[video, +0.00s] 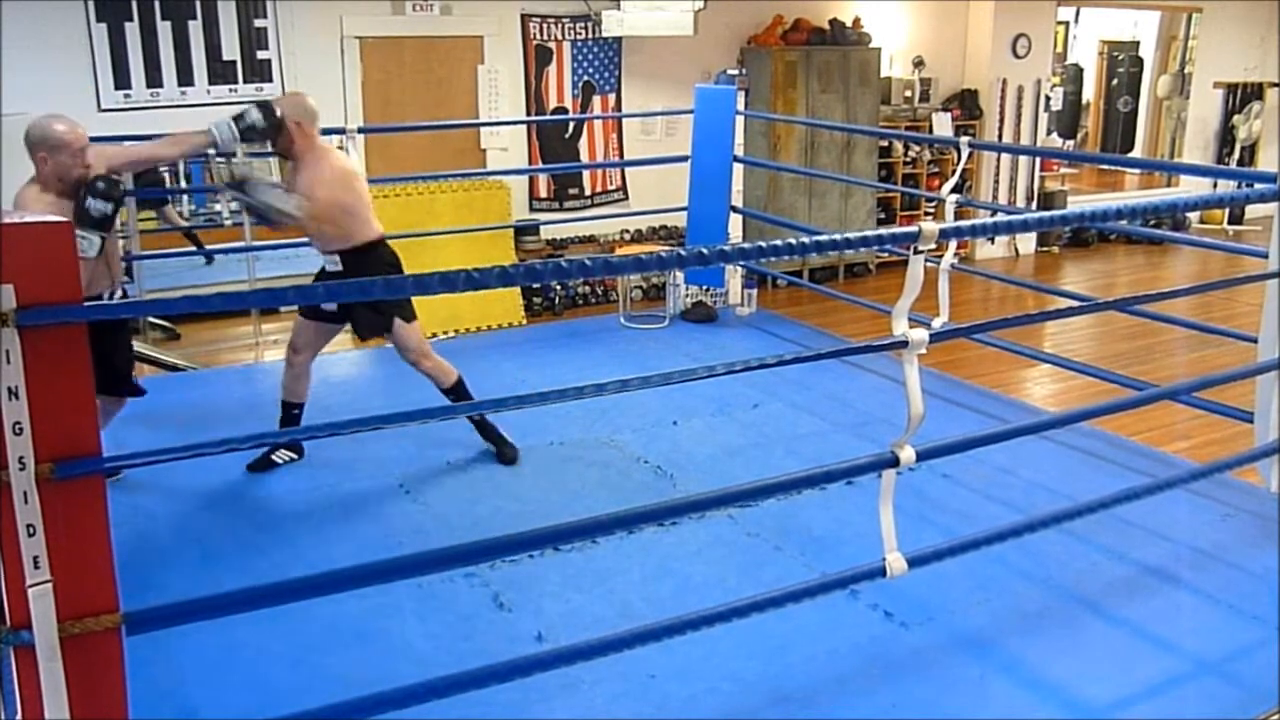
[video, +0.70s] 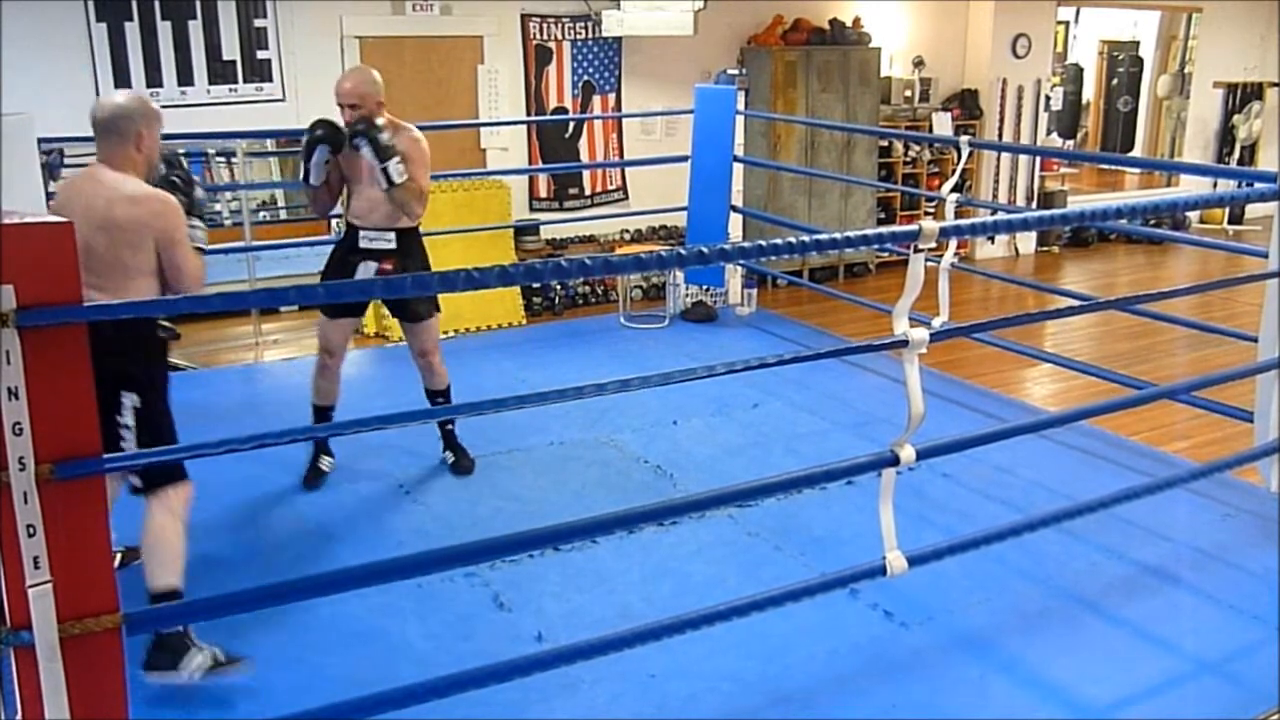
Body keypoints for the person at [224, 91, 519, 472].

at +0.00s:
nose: (270, 139)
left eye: (273, 130)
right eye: (268, 131)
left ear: (294, 130)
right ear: (298, 128)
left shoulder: (324, 167)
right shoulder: (297, 165)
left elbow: (301, 219)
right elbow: (284, 209)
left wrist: (251, 196)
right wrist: (247, 191)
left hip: (374, 266)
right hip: (336, 269)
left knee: (419, 356)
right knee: (298, 354)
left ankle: (486, 427)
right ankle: (289, 440)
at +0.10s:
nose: (257, 132)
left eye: (262, 124)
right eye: (257, 125)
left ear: (286, 124)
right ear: (290, 123)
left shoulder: (291, 158)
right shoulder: (310, 153)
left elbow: (221, 175)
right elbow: (339, 201)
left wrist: (164, 171)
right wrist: (291, 225)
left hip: (366, 266)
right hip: (336, 269)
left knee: (417, 349)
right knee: (302, 350)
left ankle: (487, 423)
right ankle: (288, 442)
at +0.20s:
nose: (252, 131)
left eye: (257, 123)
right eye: (253, 123)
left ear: (283, 123)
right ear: (288, 123)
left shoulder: (288, 157)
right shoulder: (314, 150)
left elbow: (223, 194)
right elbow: (350, 196)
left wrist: (173, 190)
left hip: (353, 267)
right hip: (336, 267)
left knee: (409, 352)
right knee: (293, 353)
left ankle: (487, 414)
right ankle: (289, 442)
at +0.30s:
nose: (263, 126)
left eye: (268, 116)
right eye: (262, 117)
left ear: (295, 116)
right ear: (294, 117)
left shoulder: (311, 152)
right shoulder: (307, 148)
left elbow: (292, 221)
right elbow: (323, 208)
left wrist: (235, 228)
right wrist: (280, 204)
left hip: (360, 260)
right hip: (329, 262)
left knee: (400, 358)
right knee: (297, 351)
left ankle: (465, 433)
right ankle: (289, 440)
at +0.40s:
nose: (284, 123)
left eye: (290, 115)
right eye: (283, 114)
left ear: (317, 116)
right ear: (312, 116)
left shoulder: (348, 153)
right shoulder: (323, 152)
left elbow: (356, 218)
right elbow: (333, 200)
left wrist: (302, 226)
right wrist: (295, 199)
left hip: (372, 259)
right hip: (336, 258)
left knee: (400, 364)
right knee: (306, 355)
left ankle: (448, 443)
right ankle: (290, 439)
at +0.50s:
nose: (312, 124)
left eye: (319, 116)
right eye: (310, 115)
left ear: (346, 115)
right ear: (326, 118)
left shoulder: (383, 154)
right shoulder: (326, 156)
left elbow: (389, 224)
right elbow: (331, 216)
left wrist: (343, 199)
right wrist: (305, 192)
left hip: (389, 262)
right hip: (346, 261)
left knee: (418, 361)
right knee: (313, 353)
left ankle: (450, 440)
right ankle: (290, 437)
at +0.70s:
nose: (346, 114)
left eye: (354, 106)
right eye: (341, 106)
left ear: (379, 102)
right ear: (338, 105)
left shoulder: (409, 140)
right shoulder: (341, 143)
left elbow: (415, 208)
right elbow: (322, 206)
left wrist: (386, 160)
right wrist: (315, 163)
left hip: (403, 248)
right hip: (352, 249)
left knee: (428, 354)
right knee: (329, 355)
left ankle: (449, 439)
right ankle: (321, 448)